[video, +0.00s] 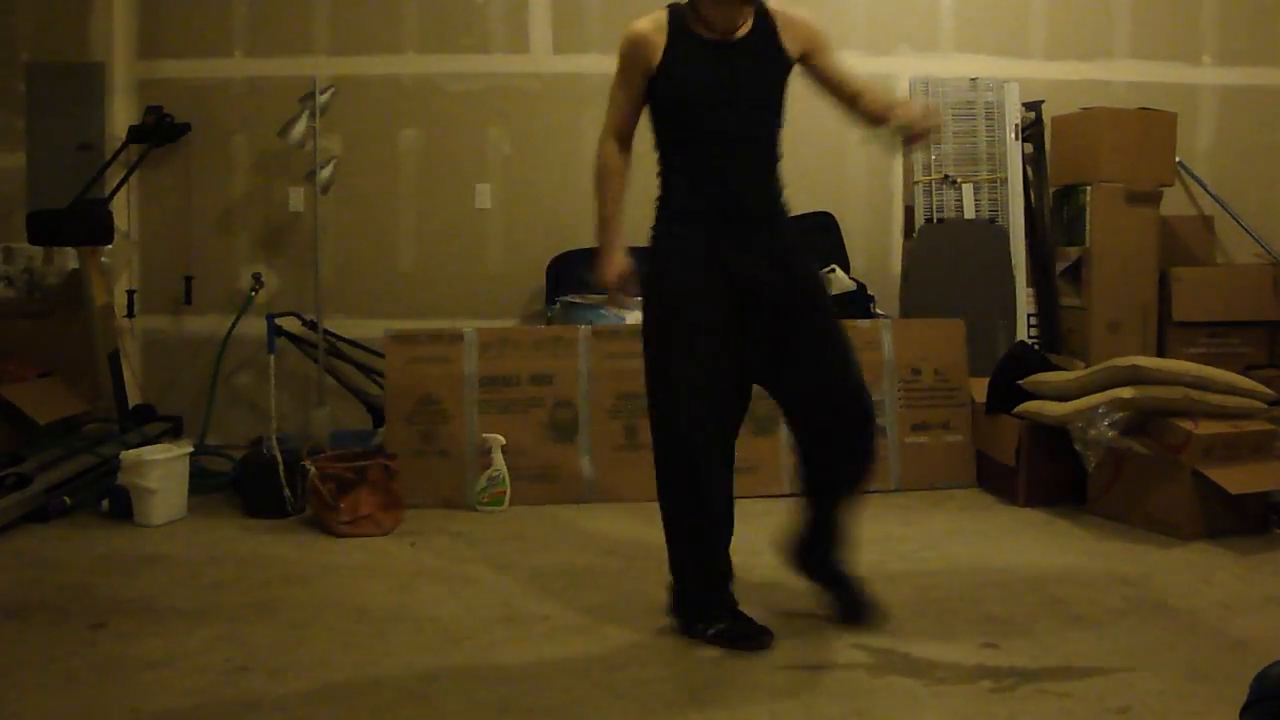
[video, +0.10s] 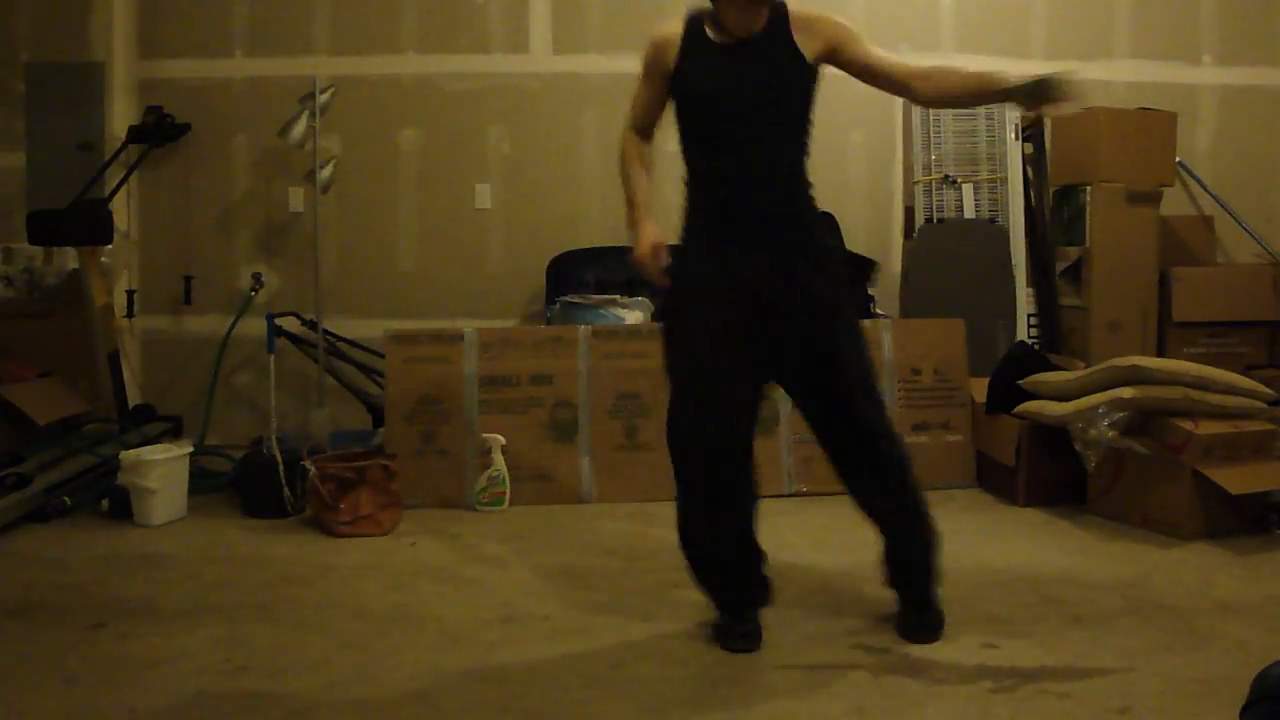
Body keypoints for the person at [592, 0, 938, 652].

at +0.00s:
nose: (731, 9)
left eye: (738, 4)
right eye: (719, 4)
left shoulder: (788, 30)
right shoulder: (650, 40)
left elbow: (857, 96)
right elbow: (616, 139)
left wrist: (899, 113)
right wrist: (610, 244)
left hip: (771, 258)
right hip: (687, 263)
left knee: (842, 415)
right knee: (695, 435)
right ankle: (701, 601)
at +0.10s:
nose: (748, 4)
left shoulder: (810, 31)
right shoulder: (673, 45)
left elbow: (917, 82)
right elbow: (638, 133)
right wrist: (642, 223)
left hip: (798, 262)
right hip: (710, 267)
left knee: (857, 429)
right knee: (706, 444)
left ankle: (915, 578)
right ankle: (735, 603)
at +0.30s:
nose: (761, 10)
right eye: (746, 2)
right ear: (715, 6)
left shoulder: (812, 53)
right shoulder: (688, 67)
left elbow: (891, 119)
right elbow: (694, 147)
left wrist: (975, 159)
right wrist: (684, 202)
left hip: (812, 278)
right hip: (731, 283)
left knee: (859, 434)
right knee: (738, 449)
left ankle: (916, 580)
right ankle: (750, 600)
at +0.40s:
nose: (743, 16)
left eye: (754, 3)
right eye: (727, 5)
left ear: (771, 6)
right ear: (702, 13)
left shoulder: (808, 72)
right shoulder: (685, 80)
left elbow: (873, 167)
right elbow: (675, 157)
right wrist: (672, 200)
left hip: (796, 283)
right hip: (721, 284)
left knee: (813, 436)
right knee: (728, 455)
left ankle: (883, 571)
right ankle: (754, 603)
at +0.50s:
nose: (728, 9)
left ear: (761, 5)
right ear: (693, 7)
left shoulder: (800, 72)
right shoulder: (679, 73)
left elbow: (855, 171)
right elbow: (632, 154)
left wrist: (753, 196)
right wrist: (650, 179)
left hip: (789, 273)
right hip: (716, 273)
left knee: (751, 437)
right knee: (708, 449)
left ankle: (808, 532)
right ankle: (752, 598)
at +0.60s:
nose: (709, 3)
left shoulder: (781, 41)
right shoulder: (662, 38)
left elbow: (824, 149)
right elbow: (602, 124)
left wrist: (712, 150)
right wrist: (634, 143)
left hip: (772, 248)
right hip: (704, 247)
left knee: (732, 413)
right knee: (687, 408)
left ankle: (765, 583)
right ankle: (716, 573)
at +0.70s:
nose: (690, 2)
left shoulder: (763, 46)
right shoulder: (648, 38)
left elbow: (788, 153)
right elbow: (578, 116)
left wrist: (674, 159)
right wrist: (605, 145)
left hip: (751, 258)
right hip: (687, 256)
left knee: (690, 431)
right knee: (733, 423)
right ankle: (806, 572)